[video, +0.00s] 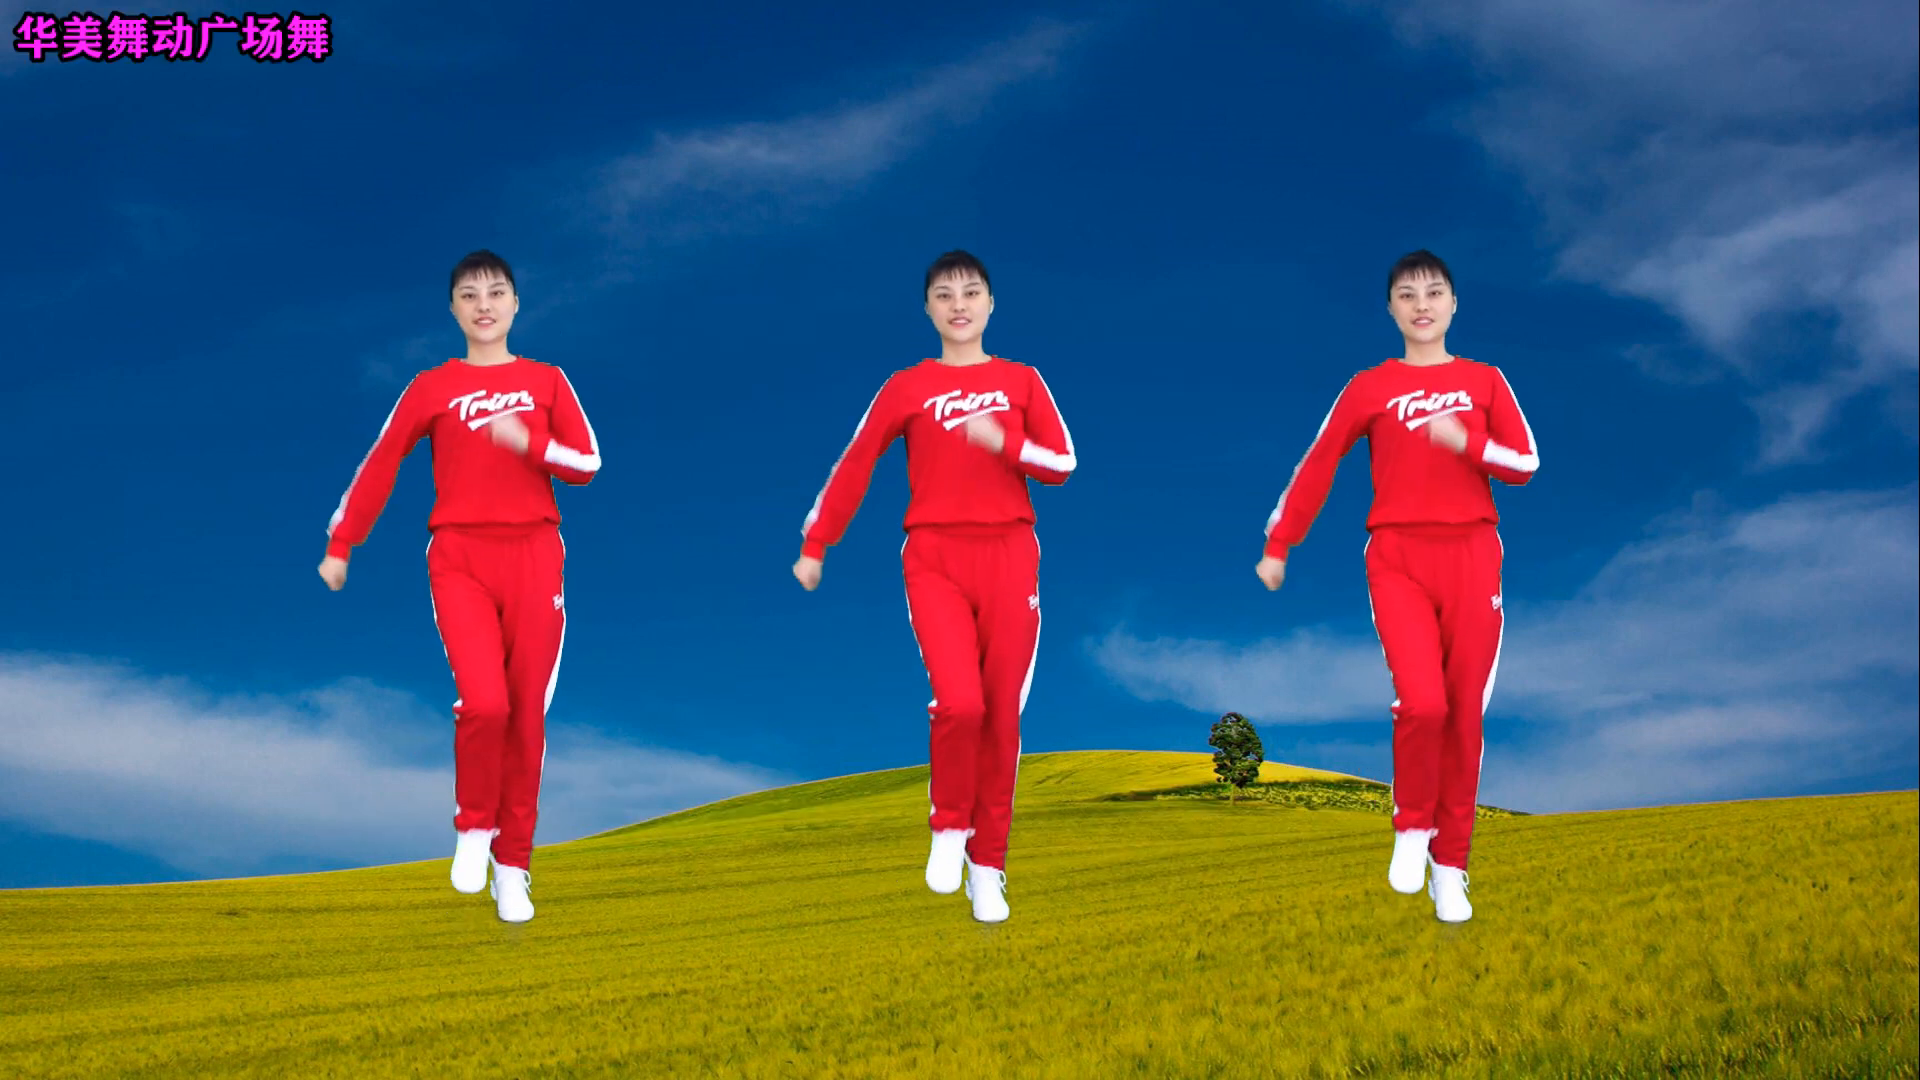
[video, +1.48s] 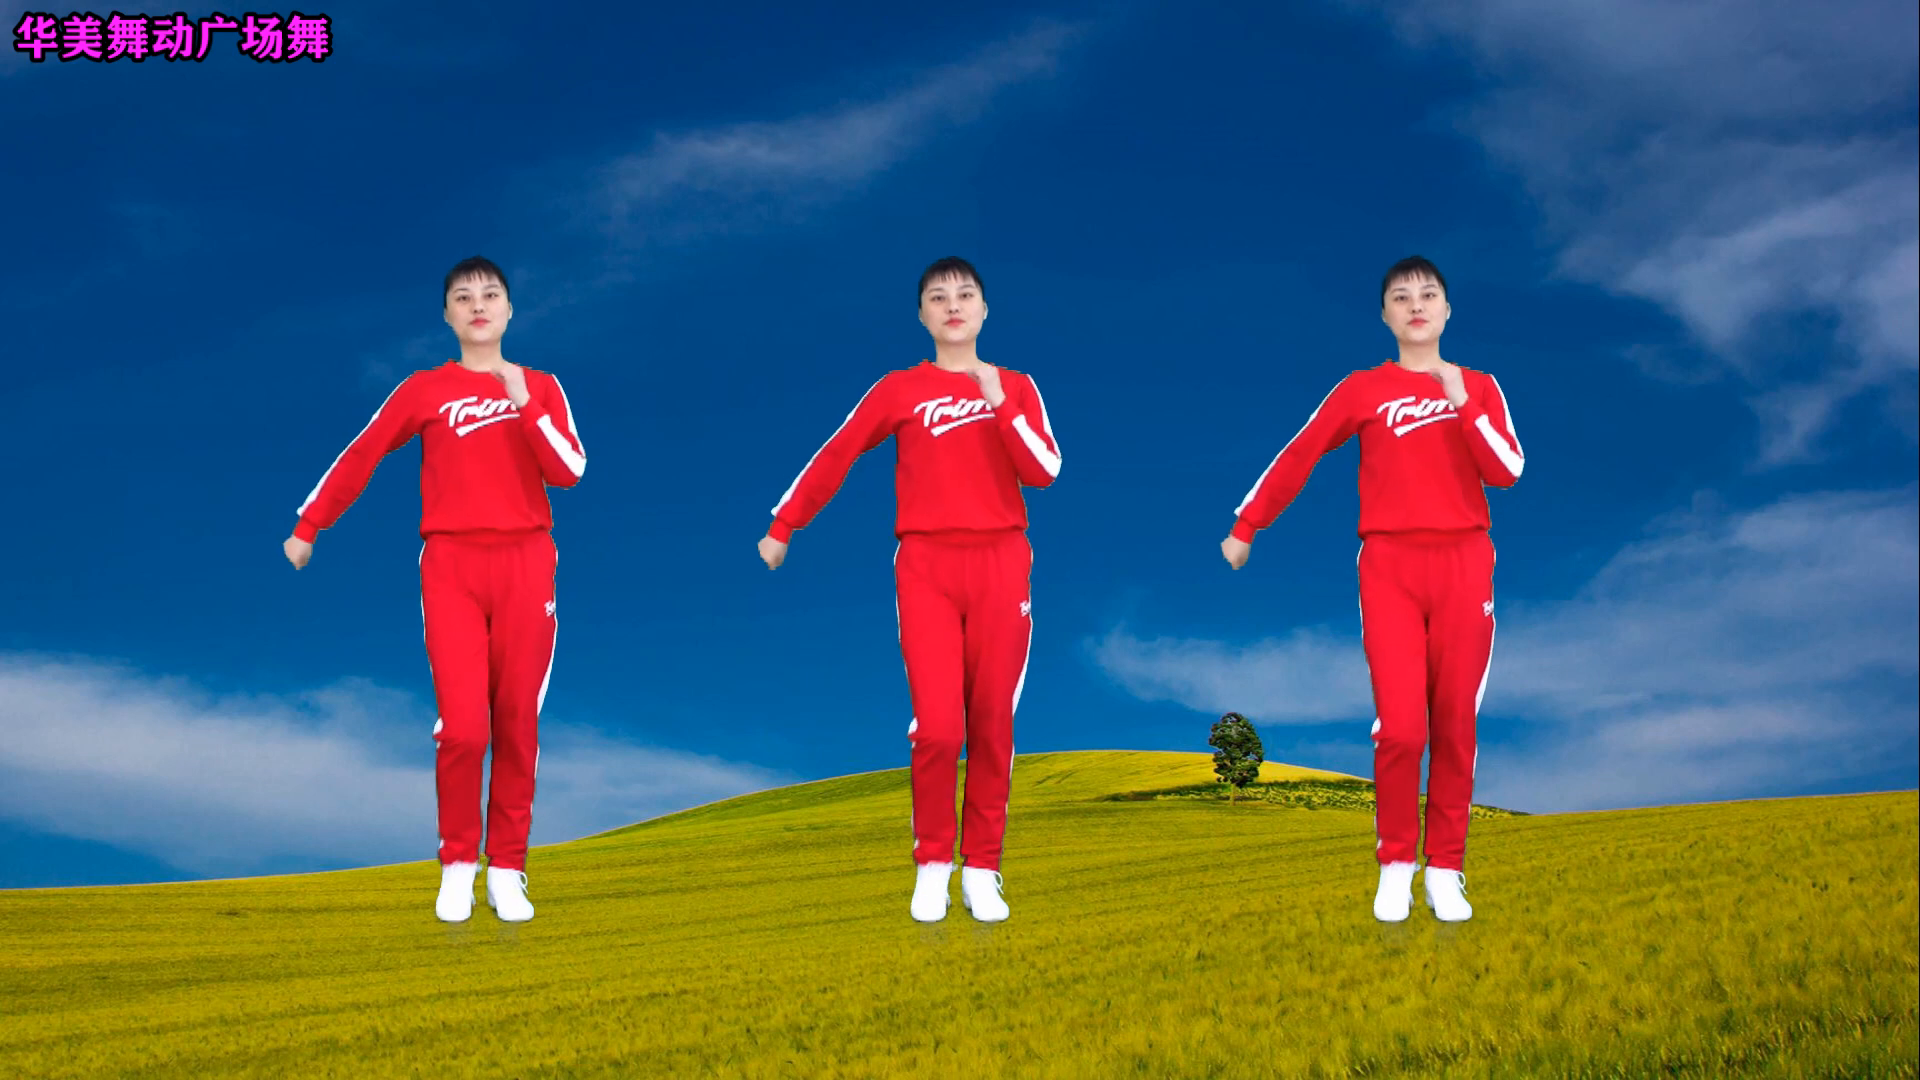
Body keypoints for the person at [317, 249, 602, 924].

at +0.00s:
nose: (484, 305)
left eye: (495, 294)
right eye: (471, 296)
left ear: (514, 303)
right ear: (455, 308)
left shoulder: (546, 381)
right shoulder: (430, 388)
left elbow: (586, 465)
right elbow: (379, 464)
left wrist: (531, 442)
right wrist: (340, 544)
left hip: (534, 556)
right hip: (458, 556)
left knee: (527, 712)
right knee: (485, 705)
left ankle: (514, 861)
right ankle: (475, 827)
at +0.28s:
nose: (481, 312)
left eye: (493, 301)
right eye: (468, 303)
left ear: (511, 312)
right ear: (452, 316)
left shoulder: (541, 389)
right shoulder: (425, 391)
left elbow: (561, 473)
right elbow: (364, 462)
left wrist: (512, 442)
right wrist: (300, 528)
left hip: (524, 563)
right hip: (448, 564)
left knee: (515, 722)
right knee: (456, 724)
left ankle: (508, 866)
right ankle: (464, 868)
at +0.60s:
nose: (473, 312)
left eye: (485, 302)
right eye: (460, 303)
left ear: (503, 314)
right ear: (443, 316)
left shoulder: (533, 393)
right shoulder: (414, 396)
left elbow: (570, 482)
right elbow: (378, 469)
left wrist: (590, 572)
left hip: (510, 568)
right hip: (435, 568)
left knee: (479, 706)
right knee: (436, 726)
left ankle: (498, 811)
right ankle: (463, 864)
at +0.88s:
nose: (478, 310)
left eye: (491, 301)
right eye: (465, 301)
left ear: (509, 315)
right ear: (448, 315)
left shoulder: (540, 389)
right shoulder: (421, 397)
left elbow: (600, 454)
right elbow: (394, 490)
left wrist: (649, 519)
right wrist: (433, 435)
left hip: (518, 571)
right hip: (442, 570)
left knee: (509, 729)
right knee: (451, 733)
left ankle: (505, 868)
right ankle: (463, 868)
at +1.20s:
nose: (482, 325)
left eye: (494, 315)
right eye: (469, 317)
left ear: (513, 328)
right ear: (453, 332)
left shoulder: (544, 409)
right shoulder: (429, 411)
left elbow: (559, 500)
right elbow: (410, 507)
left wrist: (545, 574)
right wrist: (399, 596)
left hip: (532, 582)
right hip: (457, 582)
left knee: (533, 727)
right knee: (487, 703)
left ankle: (507, 868)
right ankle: (474, 807)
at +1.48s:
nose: (479, 306)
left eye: (490, 296)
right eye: (465, 298)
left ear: (509, 309)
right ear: (448, 315)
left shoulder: (540, 387)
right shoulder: (423, 389)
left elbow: (569, 470)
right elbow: (361, 454)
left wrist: (525, 409)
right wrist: (307, 527)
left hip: (526, 562)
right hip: (451, 563)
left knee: (517, 721)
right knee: (463, 726)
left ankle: (507, 867)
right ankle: (458, 862)